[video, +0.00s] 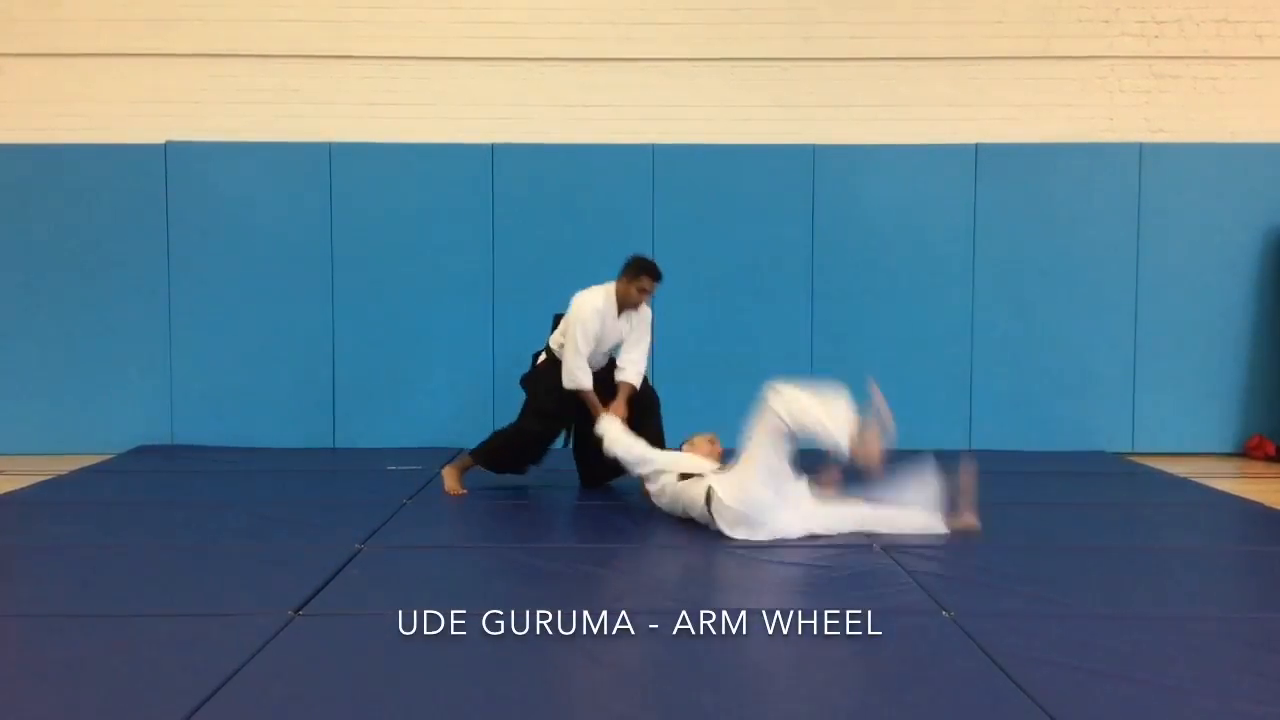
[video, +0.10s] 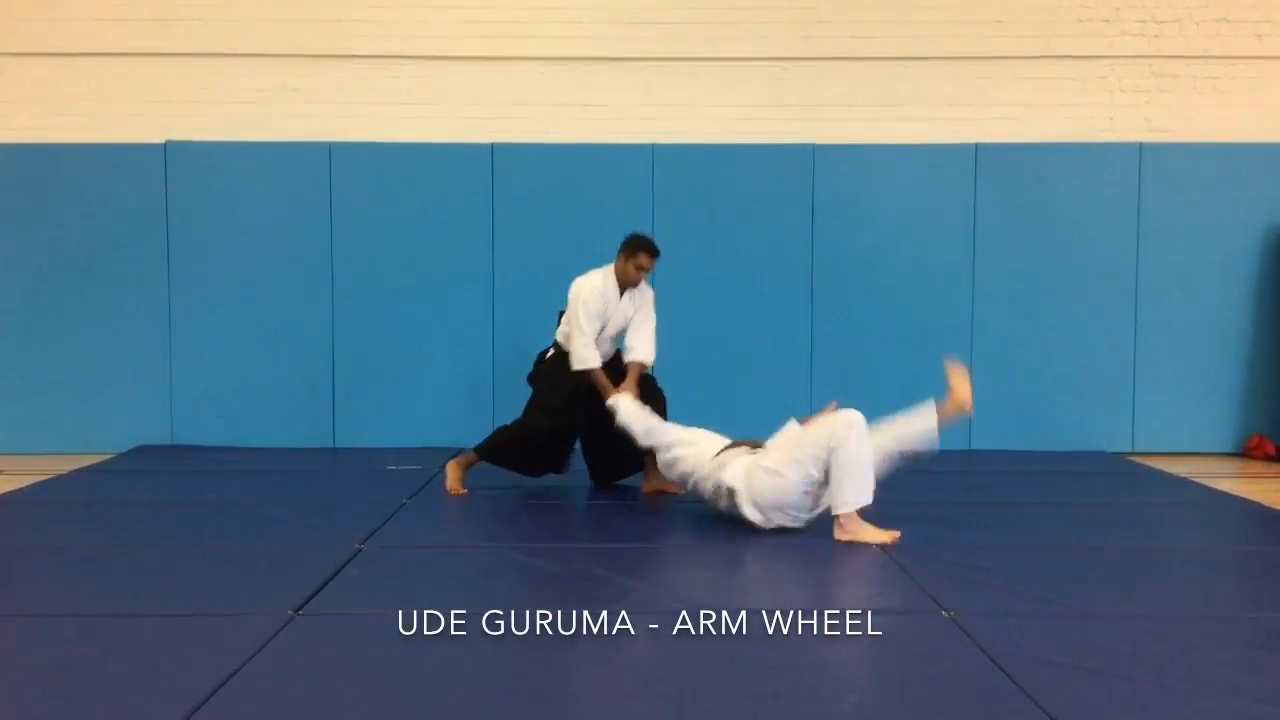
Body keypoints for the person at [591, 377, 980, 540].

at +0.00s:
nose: (715, 446)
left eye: (717, 445)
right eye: (706, 442)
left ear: (721, 455)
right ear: (685, 448)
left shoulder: (734, 472)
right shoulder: (672, 467)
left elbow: (774, 491)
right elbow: (630, 451)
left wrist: (816, 490)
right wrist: (607, 419)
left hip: (784, 520)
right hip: (742, 504)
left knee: (866, 516)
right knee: (776, 398)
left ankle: (948, 522)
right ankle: (854, 438)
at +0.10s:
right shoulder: (677, 445)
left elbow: (778, 455)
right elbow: (646, 426)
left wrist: (814, 426)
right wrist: (621, 401)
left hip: (790, 500)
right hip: (755, 487)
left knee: (871, 448)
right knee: (844, 424)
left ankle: (947, 409)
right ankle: (848, 521)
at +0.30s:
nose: (720, 424)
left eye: (716, 419)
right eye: (711, 422)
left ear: (712, 431)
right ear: (697, 433)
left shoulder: (739, 457)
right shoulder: (696, 463)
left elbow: (774, 438)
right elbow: (657, 442)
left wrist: (815, 410)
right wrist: (636, 397)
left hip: (827, 493)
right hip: (802, 507)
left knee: (876, 413)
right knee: (805, 434)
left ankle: (937, 357)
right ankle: (885, 479)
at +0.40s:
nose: (726, 426)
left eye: (722, 421)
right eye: (717, 423)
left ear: (715, 432)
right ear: (701, 434)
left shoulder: (745, 454)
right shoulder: (694, 461)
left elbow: (794, 458)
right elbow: (652, 447)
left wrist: (818, 416)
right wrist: (620, 415)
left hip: (829, 491)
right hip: (801, 504)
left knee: (880, 412)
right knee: (803, 428)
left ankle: (950, 362)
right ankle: (876, 465)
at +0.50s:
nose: (727, 427)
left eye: (724, 422)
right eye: (718, 424)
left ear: (720, 431)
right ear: (701, 435)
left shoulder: (748, 457)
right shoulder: (697, 463)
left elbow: (792, 465)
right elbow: (663, 448)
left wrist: (820, 423)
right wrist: (635, 420)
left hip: (831, 496)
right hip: (800, 505)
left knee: (882, 424)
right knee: (799, 412)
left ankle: (949, 366)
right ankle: (868, 462)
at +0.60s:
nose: (728, 430)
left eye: (726, 425)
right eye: (719, 426)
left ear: (721, 434)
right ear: (698, 435)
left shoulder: (738, 463)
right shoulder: (700, 463)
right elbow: (680, 445)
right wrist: (671, 406)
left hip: (821, 497)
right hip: (794, 502)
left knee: (877, 437)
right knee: (803, 405)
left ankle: (947, 383)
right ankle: (880, 447)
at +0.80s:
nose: (729, 417)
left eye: (725, 413)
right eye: (719, 414)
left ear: (711, 425)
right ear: (704, 427)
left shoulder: (725, 465)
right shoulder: (705, 456)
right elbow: (741, 429)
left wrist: (787, 459)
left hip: (816, 501)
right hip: (797, 488)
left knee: (894, 449)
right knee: (863, 413)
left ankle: (962, 412)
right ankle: (948, 457)